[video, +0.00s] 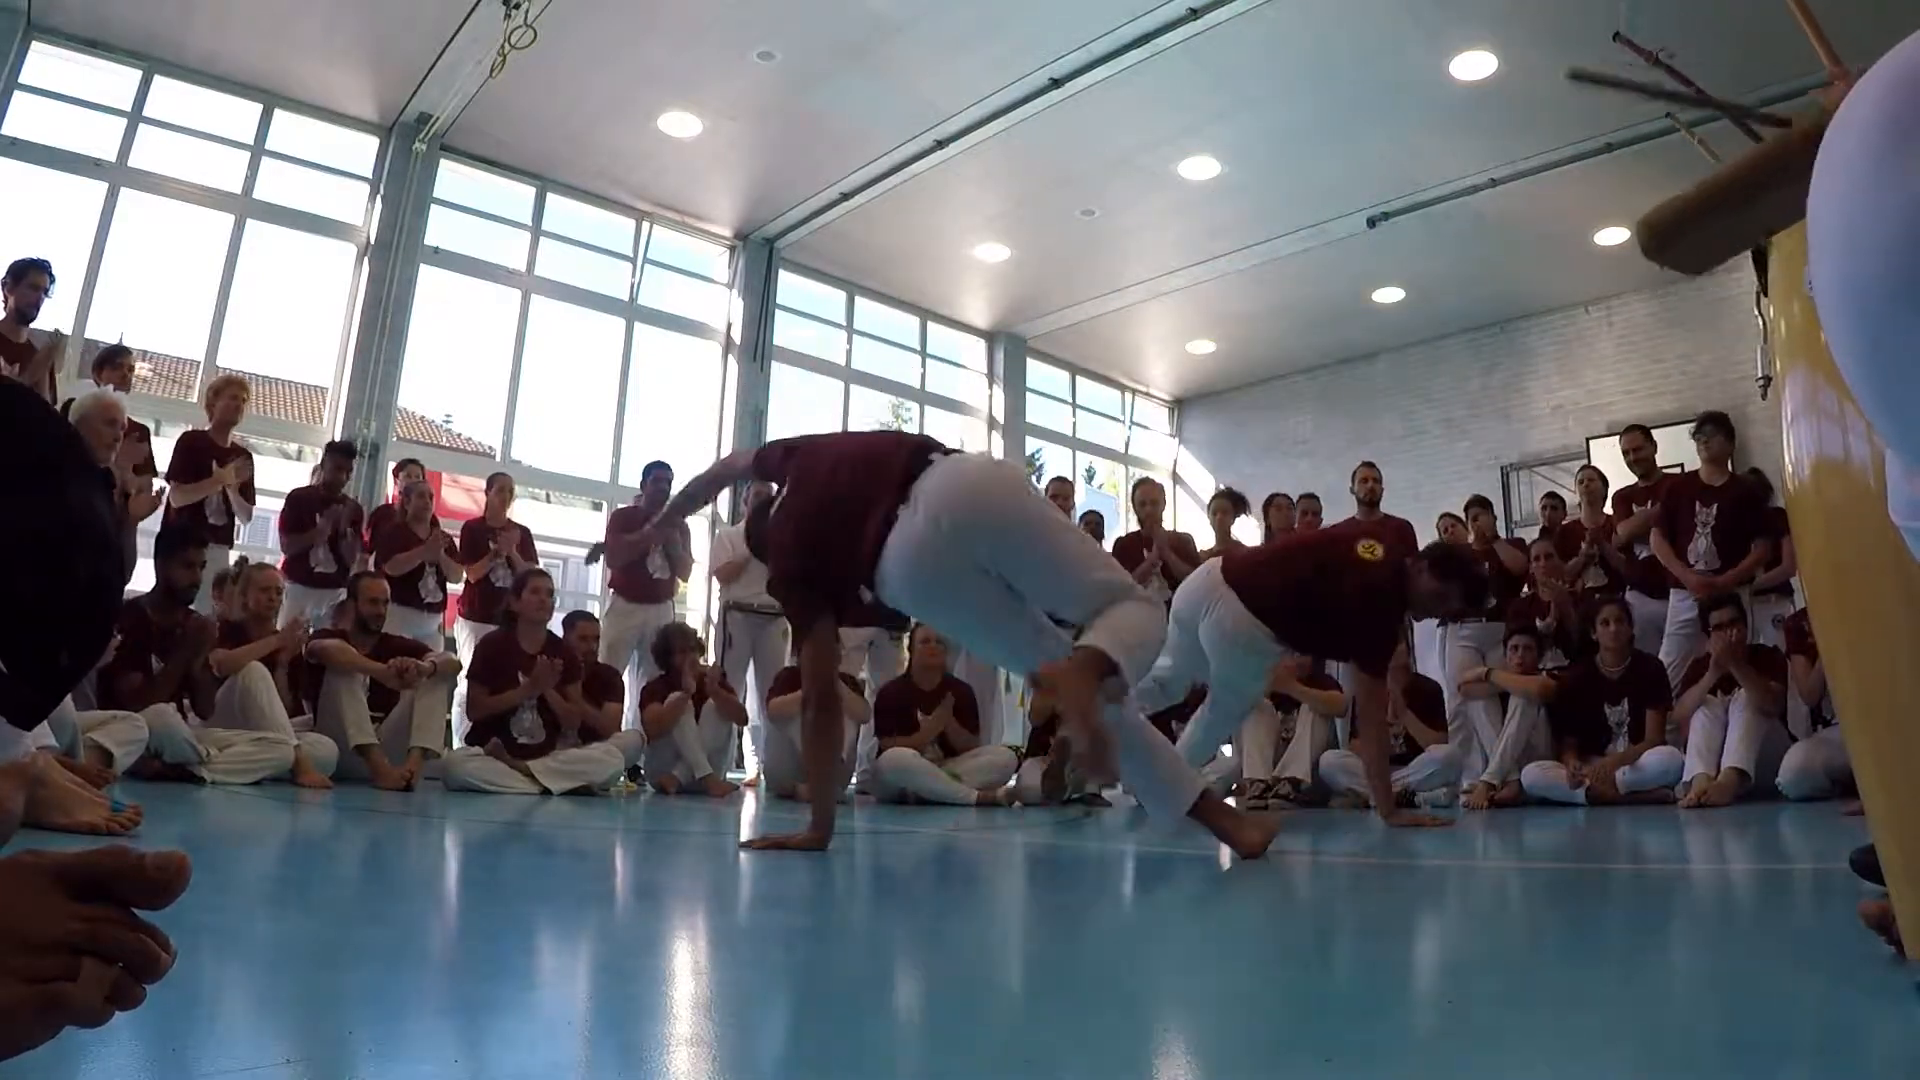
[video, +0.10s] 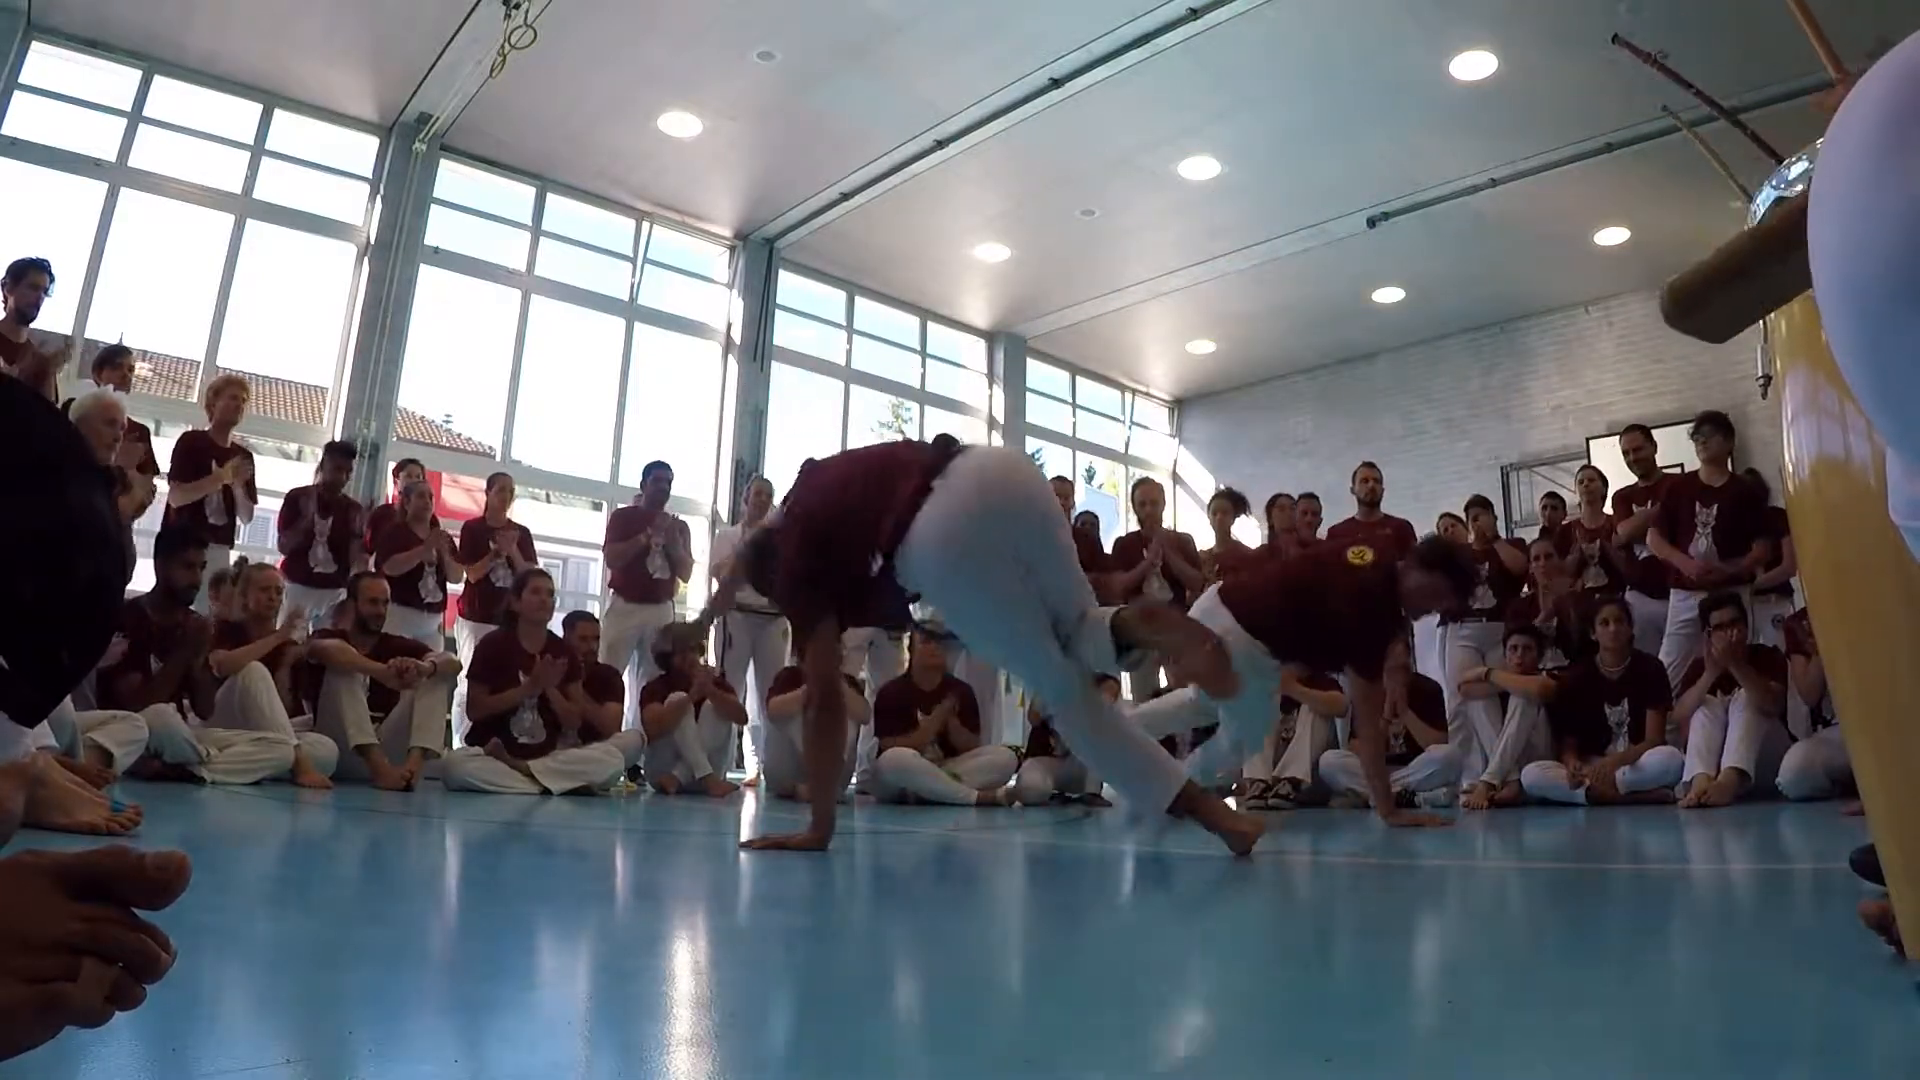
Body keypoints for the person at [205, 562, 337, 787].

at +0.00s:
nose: (273, 598)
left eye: (278, 592)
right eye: (264, 590)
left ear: (283, 597)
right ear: (245, 595)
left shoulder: (289, 645)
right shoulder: (226, 630)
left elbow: (290, 712)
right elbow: (220, 665)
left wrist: (282, 665)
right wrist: (279, 640)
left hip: (273, 734)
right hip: (225, 726)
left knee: (326, 752)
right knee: (253, 671)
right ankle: (300, 763)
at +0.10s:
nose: (273, 597)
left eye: (278, 591)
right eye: (264, 590)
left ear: (283, 597)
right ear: (244, 596)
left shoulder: (285, 644)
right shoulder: (225, 630)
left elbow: (288, 709)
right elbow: (221, 666)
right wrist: (280, 636)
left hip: (272, 733)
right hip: (224, 726)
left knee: (326, 752)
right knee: (253, 671)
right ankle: (300, 763)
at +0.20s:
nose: (275, 597)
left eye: (279, 591)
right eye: (266, 590)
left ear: (283, 596)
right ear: (245, 596)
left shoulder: (289, 648)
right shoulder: (227, 631)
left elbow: (284, 709)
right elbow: (221, 666)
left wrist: (294, 665)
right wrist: (278, 638)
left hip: (269, 733)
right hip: (223, 726)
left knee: (326, 751)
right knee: (253, 671)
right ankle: (299, 762)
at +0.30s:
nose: (275, 596)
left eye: (279, 590)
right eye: (266, 589)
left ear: (283, 597)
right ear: (245, 596)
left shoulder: (286, 644)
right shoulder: (226, 631)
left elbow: (285, 706)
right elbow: (221, 662)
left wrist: (296, 660)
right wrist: (282, 648)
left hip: (270, 735)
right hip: (224, 730)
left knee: (327, 751)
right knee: (253, 672)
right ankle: (299, 762)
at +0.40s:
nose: (275, 596)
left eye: (279, 590)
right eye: (267, 589)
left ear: (284, 597)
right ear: (244, 597)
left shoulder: (286, 643)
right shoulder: (226, 630)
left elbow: (285, 705)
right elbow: (221, 662)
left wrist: (296, 659)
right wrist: (282, 648)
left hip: (269, 734)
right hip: (223, 728)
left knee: (327, 751)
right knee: (253, 672)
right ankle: (298, 761)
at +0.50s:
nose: (276, 597)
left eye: (280, 591)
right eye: (268, 590)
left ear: (285, 597)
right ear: (244, 599)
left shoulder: (286, 645)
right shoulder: (226, 629)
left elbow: (291, 711)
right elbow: (222, 662)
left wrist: (301, 660)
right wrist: (281, 642)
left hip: (268, 733)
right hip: (222, 725)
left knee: (327, 751)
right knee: (253, 671)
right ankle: (298, 761)